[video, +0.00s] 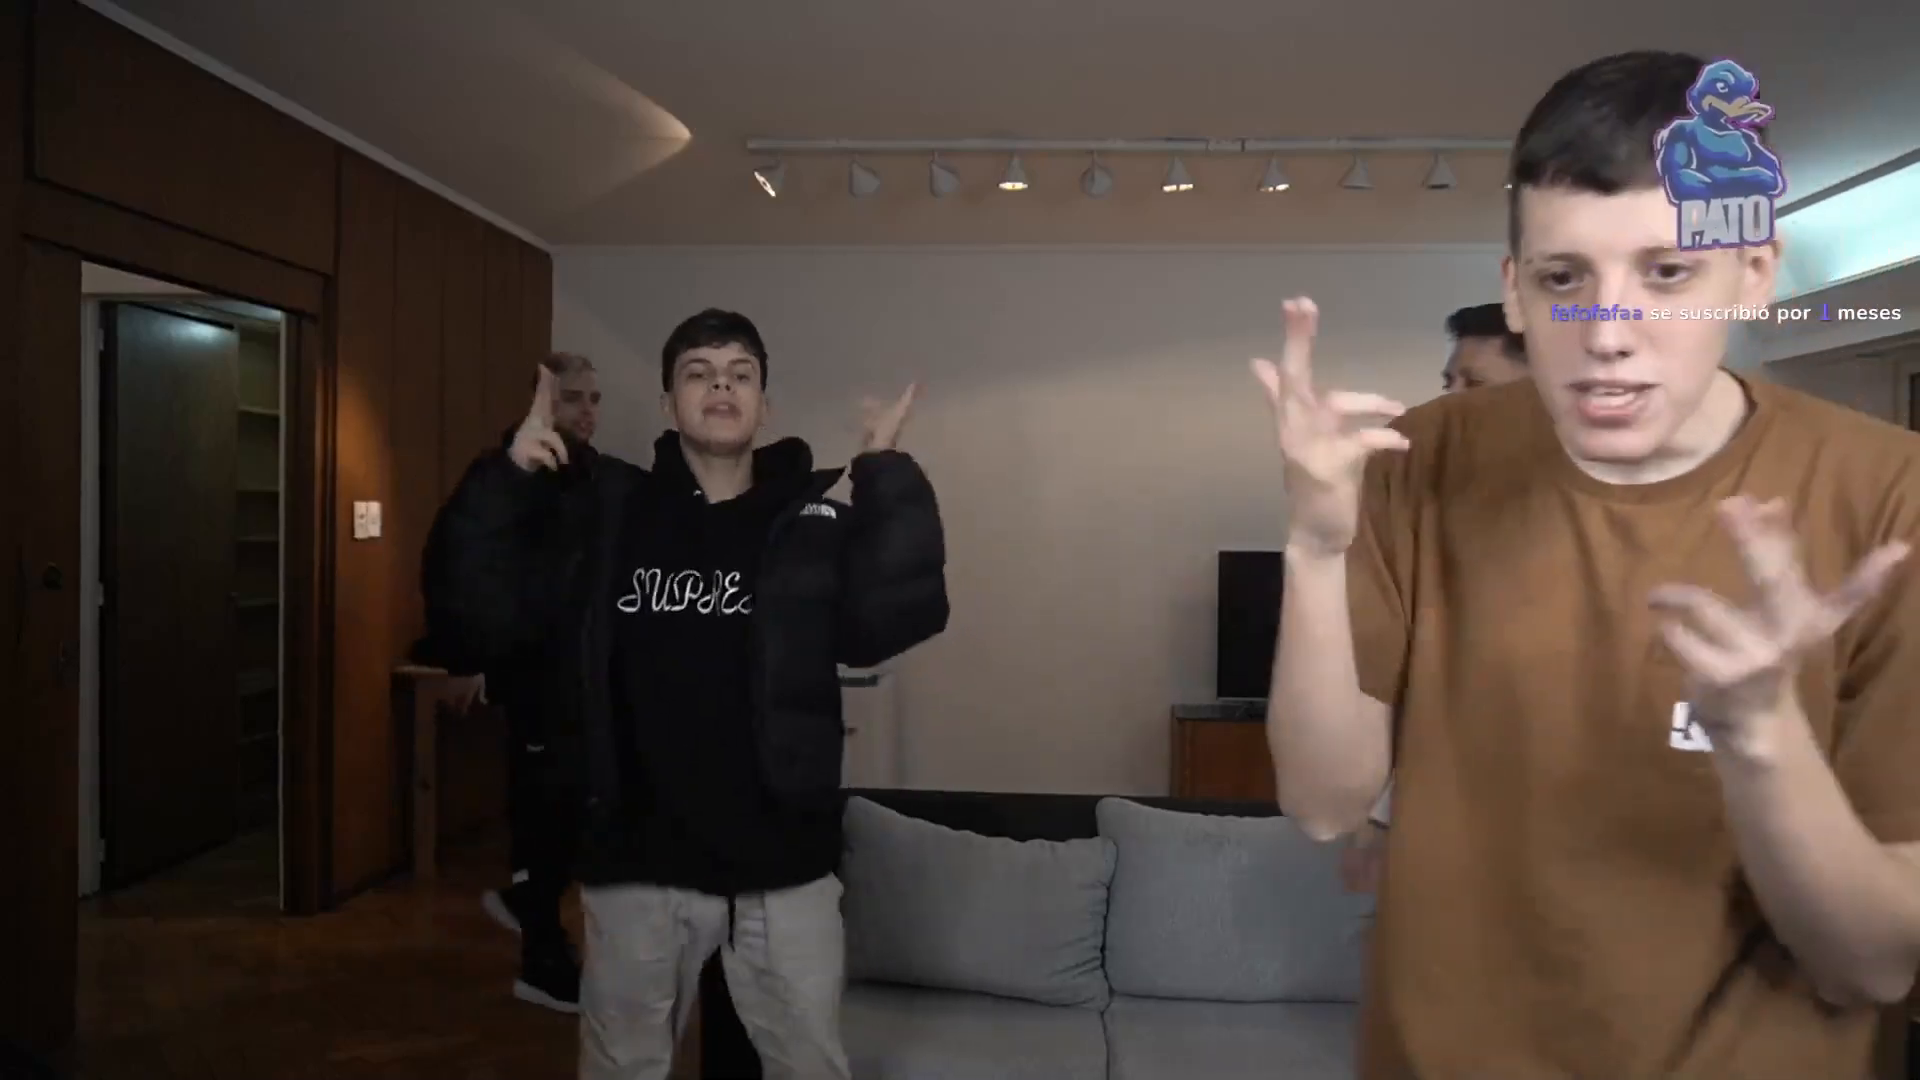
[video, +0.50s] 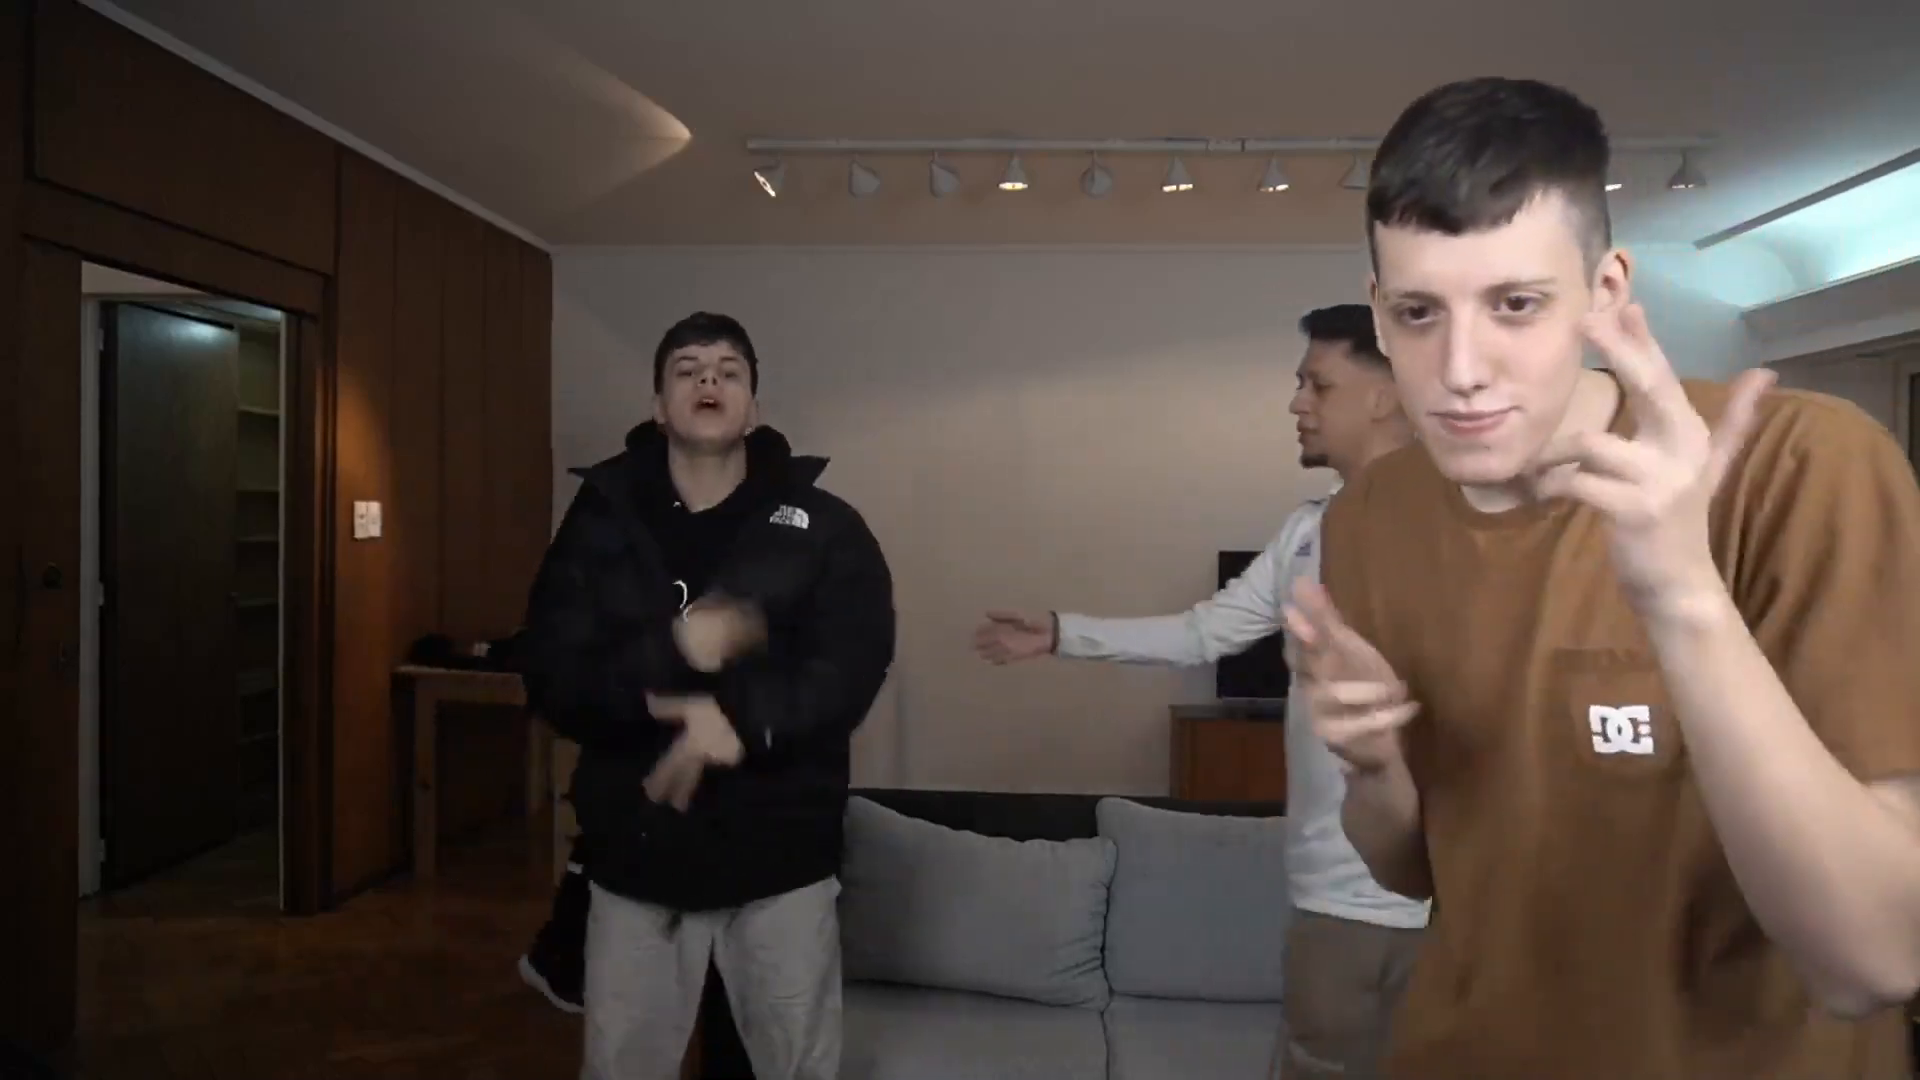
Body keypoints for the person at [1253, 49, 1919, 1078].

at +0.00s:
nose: (1609, 330)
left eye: (1665, 273)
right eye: (1562, 276)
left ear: (1754, 276)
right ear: (1512, 285)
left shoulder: (1885, 499)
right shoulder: (1421, 466)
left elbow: (1880, 966)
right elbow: (1326, 805)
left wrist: (1759, 727)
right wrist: (1314, 552)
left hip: (1751, 1062)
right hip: (1446, 1051)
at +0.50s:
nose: (1461, 371)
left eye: (1515, 306)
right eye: (1417, 313)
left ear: (1608, 295)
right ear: (1381, 314)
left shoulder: (1806, 472)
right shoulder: (1372, 521)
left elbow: (1874, 960)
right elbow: (1408, 876)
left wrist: (1682, 594)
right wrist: (1374, 769)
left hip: (1749, 1061)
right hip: (1462, 1052)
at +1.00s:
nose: (1455, 346)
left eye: (1509, 282)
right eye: (1414, 289)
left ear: (1610, 270)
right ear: (1379, 285)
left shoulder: (1789, 498)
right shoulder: (1316, 505)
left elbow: (1864, 915)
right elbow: (1232, 859)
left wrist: (1565, 832)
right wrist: (1181, 600)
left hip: (1744, 1066)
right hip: (1417, 1060)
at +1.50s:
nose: (1308, 280)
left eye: (1318, 230)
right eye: (1308, 235)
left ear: (1422, 230)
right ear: (1423, 234)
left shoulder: (1712, 458)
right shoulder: (1447, 437)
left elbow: (1866, 938)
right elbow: (1465, 767)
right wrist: (1308, 885)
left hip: (1561, 1049)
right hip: (1385, 1048)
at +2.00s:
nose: (1427, 248)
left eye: (1427, 200)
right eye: (1421, 205)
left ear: (1504, 204)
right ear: (1654, 193)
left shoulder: (1667, 453)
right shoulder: (1766, 393)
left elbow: (1706, 984)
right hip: (1837, 1045)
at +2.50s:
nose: (1519, 298)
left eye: (1536, 263)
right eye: (1526, 264)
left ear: (1625, 272)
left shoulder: (1703, 468)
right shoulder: (1818, 447)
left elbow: (1699, 876)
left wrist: (1530, 1069)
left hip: (1726, 1053)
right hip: (1846, 1041)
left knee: (1391, 888)